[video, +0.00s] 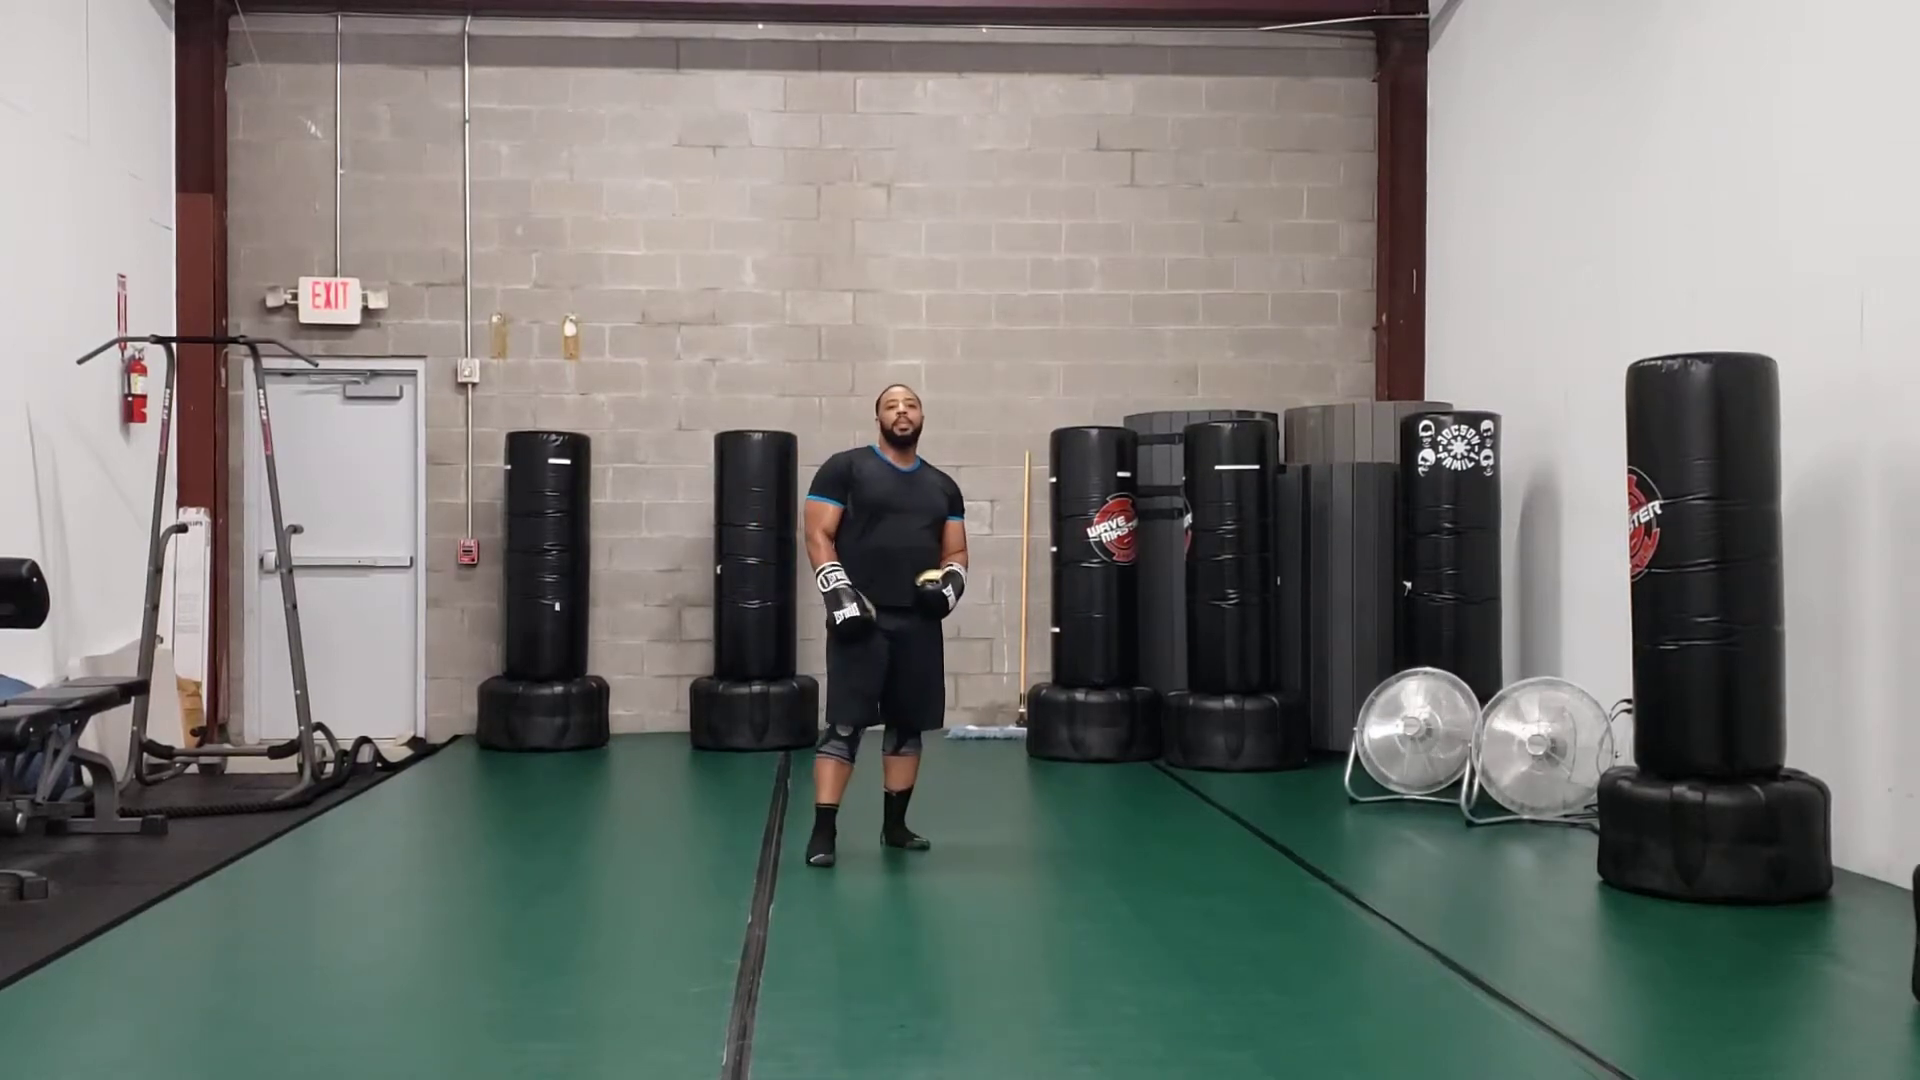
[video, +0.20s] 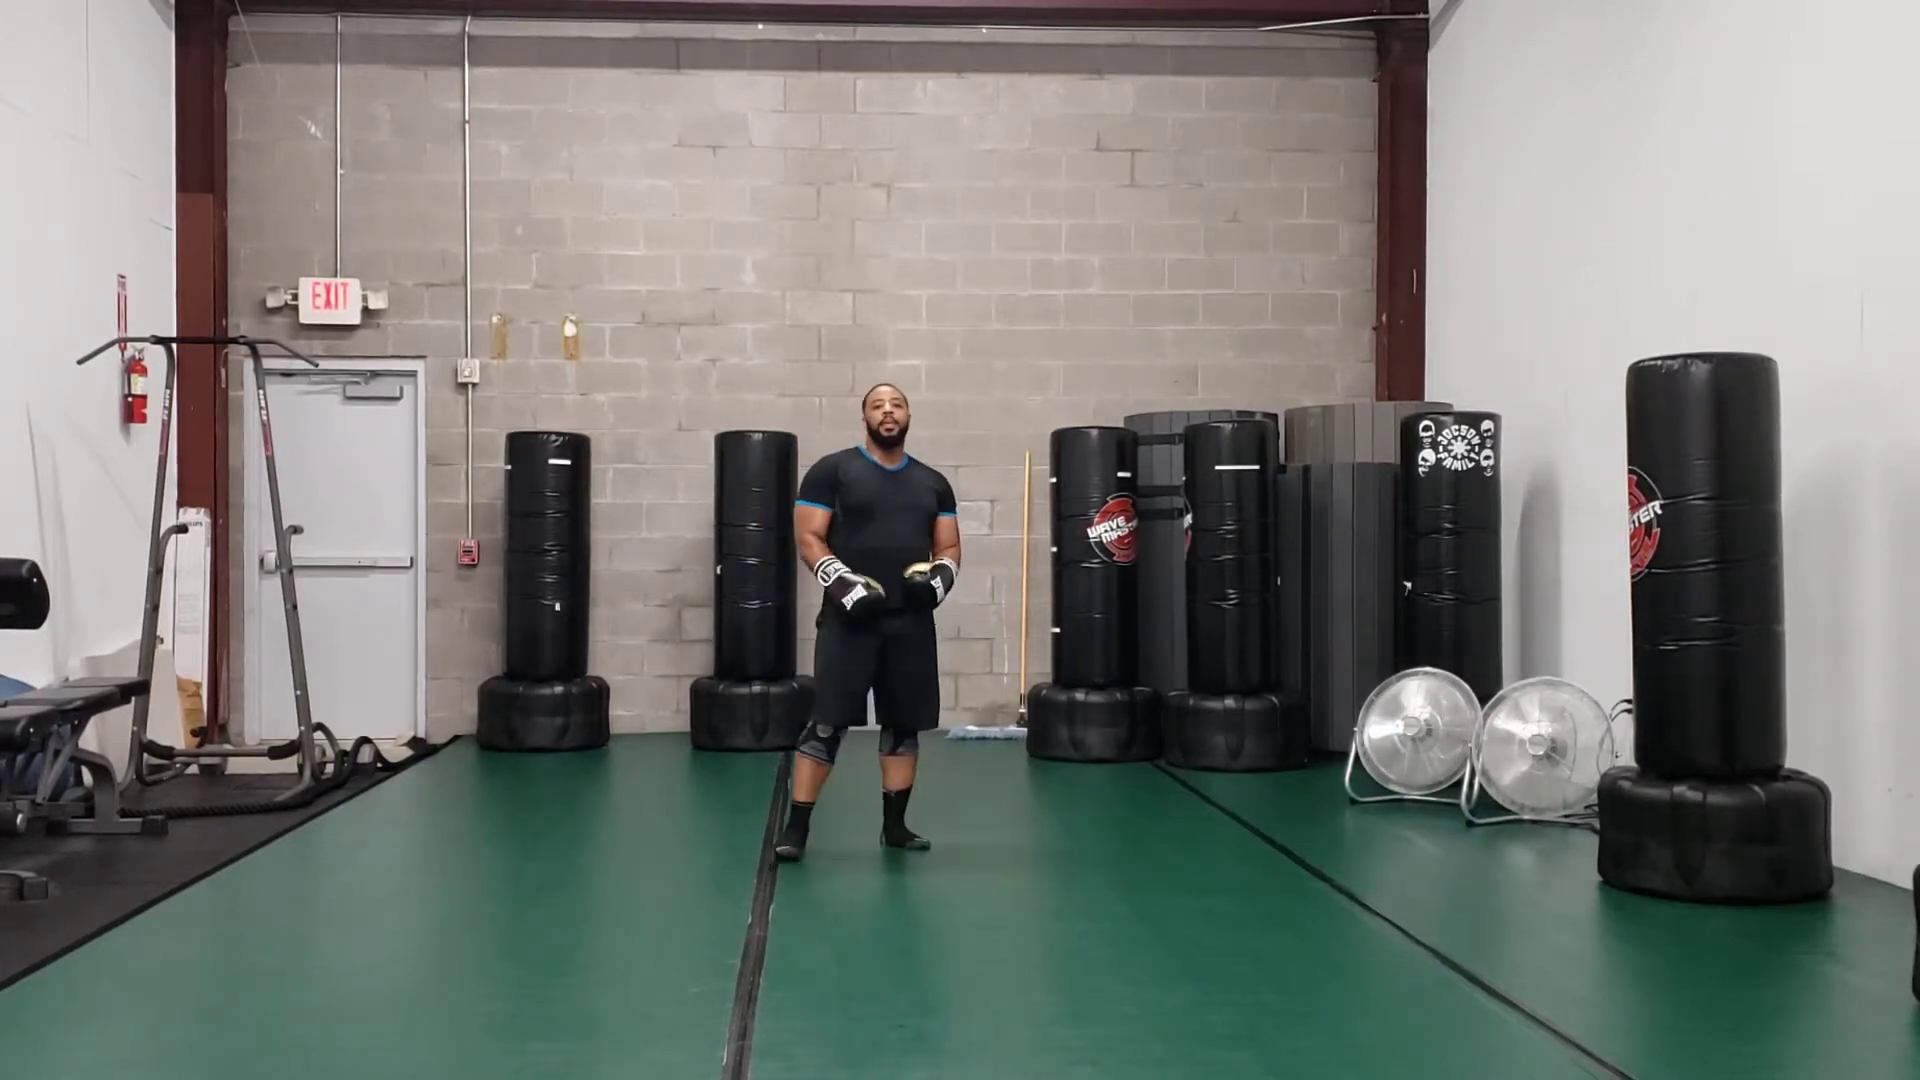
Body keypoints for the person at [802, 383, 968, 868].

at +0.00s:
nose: (902, 412)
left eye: (910, 405)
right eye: (892, 406)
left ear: (922, 419)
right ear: (879, 421)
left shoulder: (943, 487)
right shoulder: (845, 468)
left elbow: (955, 551)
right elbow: (817, 533)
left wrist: (951, 582)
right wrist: (836, 588)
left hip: (918, 621)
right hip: (858, 617)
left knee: (907, 726)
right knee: (845, 724)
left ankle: (895, 826)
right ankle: (824, 832)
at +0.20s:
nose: (888, 411)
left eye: (896, 405)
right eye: (878, 406)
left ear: (908, 418)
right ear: (865, 420)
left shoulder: (933, 483)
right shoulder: (832, 471)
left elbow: (949, 546)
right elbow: (807, 538)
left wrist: (941, 577)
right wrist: (842, 581)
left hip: (910, 621)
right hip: (849, 619)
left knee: (903, 726)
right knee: (827, 723)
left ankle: (896, 827)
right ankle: (796, 830)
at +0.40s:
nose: (865, 411)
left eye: (873, 403)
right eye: (855, 405)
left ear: (886, 416)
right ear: (841, 419)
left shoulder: (913, 481)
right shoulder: (811, 472)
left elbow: (931, 544)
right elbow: (787, 538)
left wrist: (924, 574)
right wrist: (833, 570)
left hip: (892, 622)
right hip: (830, 621)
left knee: (893, 725)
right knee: (813, 725)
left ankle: (894, 827)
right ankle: (790, 832)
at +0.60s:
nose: (840, 409)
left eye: (847, 402)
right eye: (829, 403)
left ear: (860, 415)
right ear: (816, 418)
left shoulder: (889, 478)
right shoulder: (785, 472)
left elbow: (905, 544)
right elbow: (759, 538)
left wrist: (896, 573)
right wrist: (805, 567)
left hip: (873, 621)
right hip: (809, 621)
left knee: (884, 725)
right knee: (802, 726)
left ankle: (893, 826)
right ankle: (789, 831)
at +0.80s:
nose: (813, 408)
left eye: (821, 401)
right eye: (803, 402)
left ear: (835, 413)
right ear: (790, 418)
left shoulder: (868, 474)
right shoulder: (762, 473)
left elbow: (887, 540)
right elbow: (733, 542)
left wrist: (873, 572)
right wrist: (777, 576)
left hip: (853, 616)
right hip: (787, 620)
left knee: (873, 723)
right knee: (789, 729)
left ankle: (892, 825)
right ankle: (788, 832)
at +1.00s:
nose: (793, 410)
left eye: (801, 402)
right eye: (783, 404)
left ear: (815, 412)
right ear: (770, 418)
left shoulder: (852, 470)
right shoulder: (743, 476)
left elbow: (874, 536)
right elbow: (718, 546)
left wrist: (857, 571)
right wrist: (756, 577)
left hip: (843, 617)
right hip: (777, 621)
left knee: (867, 721)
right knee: (784, 730)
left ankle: (882, 823)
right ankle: (786, 832)